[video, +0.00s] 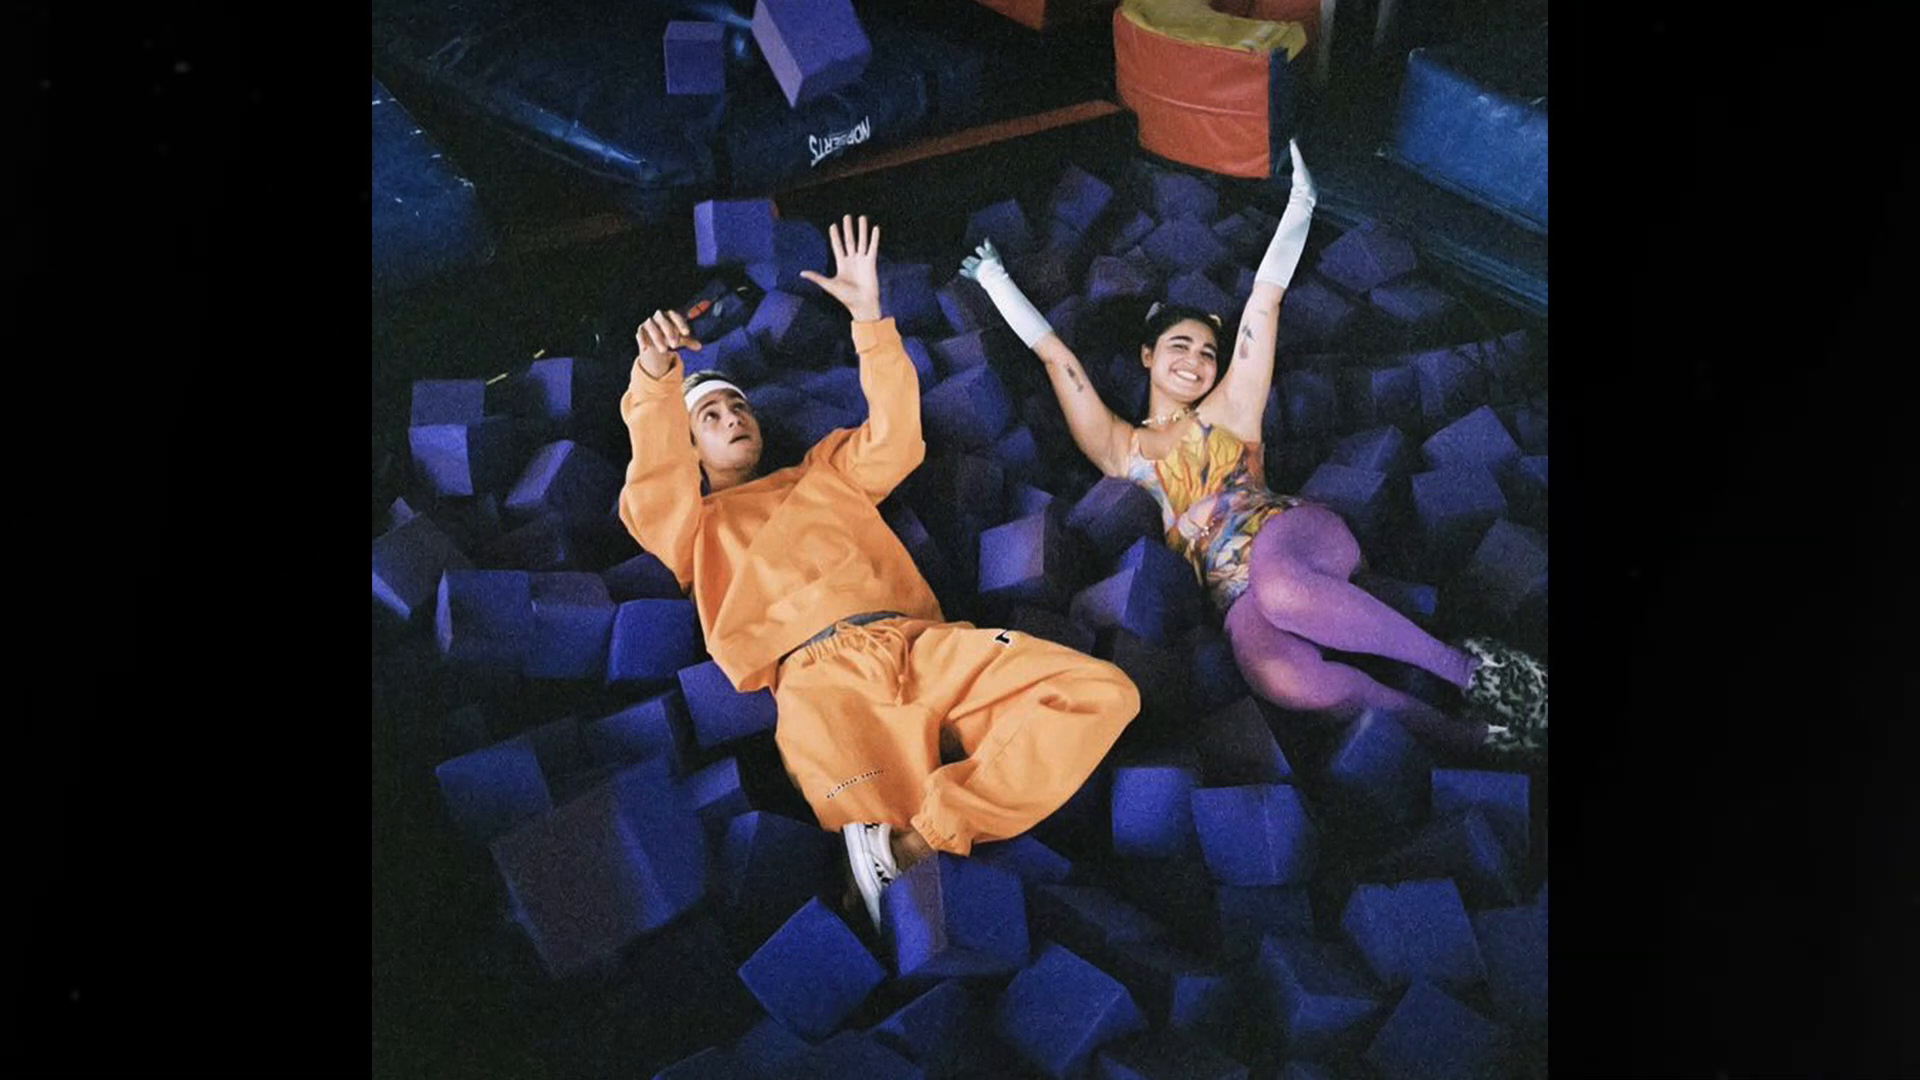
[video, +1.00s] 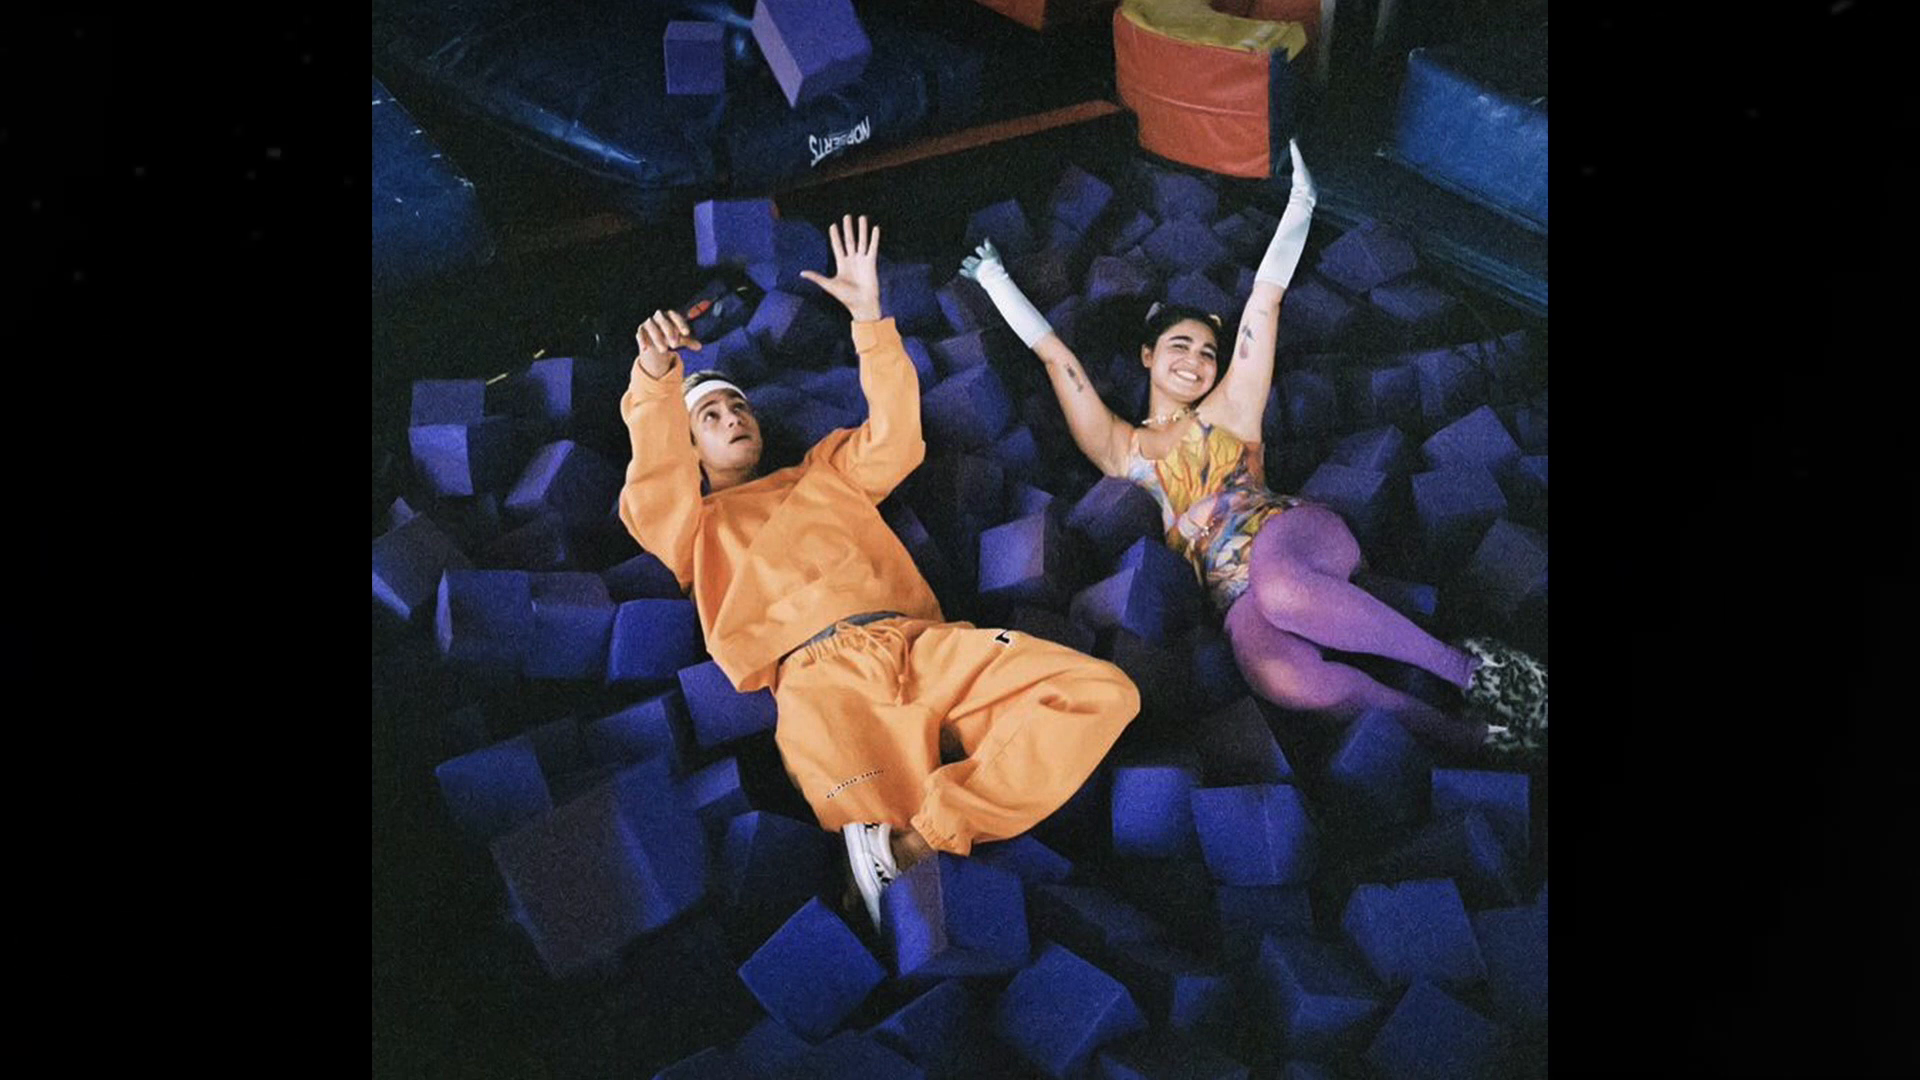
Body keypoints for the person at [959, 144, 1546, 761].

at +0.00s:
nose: (1191, 360)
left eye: (1205, 354)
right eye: (1176, 346)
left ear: (1216, 371)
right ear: (1145, 358)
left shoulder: (1230, 411)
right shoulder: (1122, 449)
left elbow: (1264, 305)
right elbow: (1058, 360)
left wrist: (1298, 209)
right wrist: (992, 278)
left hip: (1288, 530)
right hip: (1238, 596)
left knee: (1279, 592)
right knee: (1288, 681)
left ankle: (1472, 671)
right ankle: (1465, 736)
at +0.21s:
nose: (1191, 360)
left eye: (1205, 354)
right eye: (1177, 346)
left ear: (1216, 371)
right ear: (1145, 357)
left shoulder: (1230, 411)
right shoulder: (1122, 448)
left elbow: (1264, 306)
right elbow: (1057, 359)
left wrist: (1298, 209)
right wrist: (992, 278)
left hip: (1288, 531)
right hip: (1238, 596)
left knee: (1278, 592)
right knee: (1287, 680)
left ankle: (1471, 671)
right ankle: (1463, 736)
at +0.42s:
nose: (1191, 360)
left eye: (1205, 354)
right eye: (1177, 346)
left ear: (1216, 371)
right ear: (1145, 357)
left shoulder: (1230, 411)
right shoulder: (1122, 448)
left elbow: (1264, 306)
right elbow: (1057, 359)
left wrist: (1298, 209)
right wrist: (992, 278)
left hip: (1288, 531)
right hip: (1238, 596)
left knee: (1278, 592)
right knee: (1286, 680)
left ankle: (1471, 671)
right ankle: (1462, 735)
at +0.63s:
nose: (1192, 360)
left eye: (1206, 354)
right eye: (1177, 347)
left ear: (1217, 371)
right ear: (1145, 358)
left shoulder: (1230, 411)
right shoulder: (1123, 448)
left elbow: (1264, 306)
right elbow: (1058, 359)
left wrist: (1298, 209)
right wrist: (992, 278)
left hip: (1288, 531)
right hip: (1239, 597)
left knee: (1279, 593)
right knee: (1287, 680)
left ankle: (1471, 671)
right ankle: (1463, 735)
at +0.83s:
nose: (1191, 360)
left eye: (1205, 354)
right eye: (1177, 346)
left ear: (1217, 370)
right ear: (1145, 358)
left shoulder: (1230, 411)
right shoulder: (1122, 448)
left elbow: (1264, 305)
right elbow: (1057, 359)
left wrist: (1298, 209)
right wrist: (992, 278)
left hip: (1288, 531)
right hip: (1238, 596)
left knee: (1279, 593)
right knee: (1286, 680)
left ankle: (1471, 670)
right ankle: (1463, 734)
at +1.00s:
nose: (1191, 360)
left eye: (1205, 354)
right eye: (1177, 346)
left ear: (1217, 370)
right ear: (1145, 357)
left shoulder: (1230, 411)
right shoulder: (1122, 448)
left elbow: (1264, 305)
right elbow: (1058, 359)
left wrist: (1298, 209)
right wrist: (992, 278)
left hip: (1287, 530)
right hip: (1237, 596)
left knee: (1280, 594)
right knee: (1286, 680)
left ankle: (1471, 671)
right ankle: (1466, 736)